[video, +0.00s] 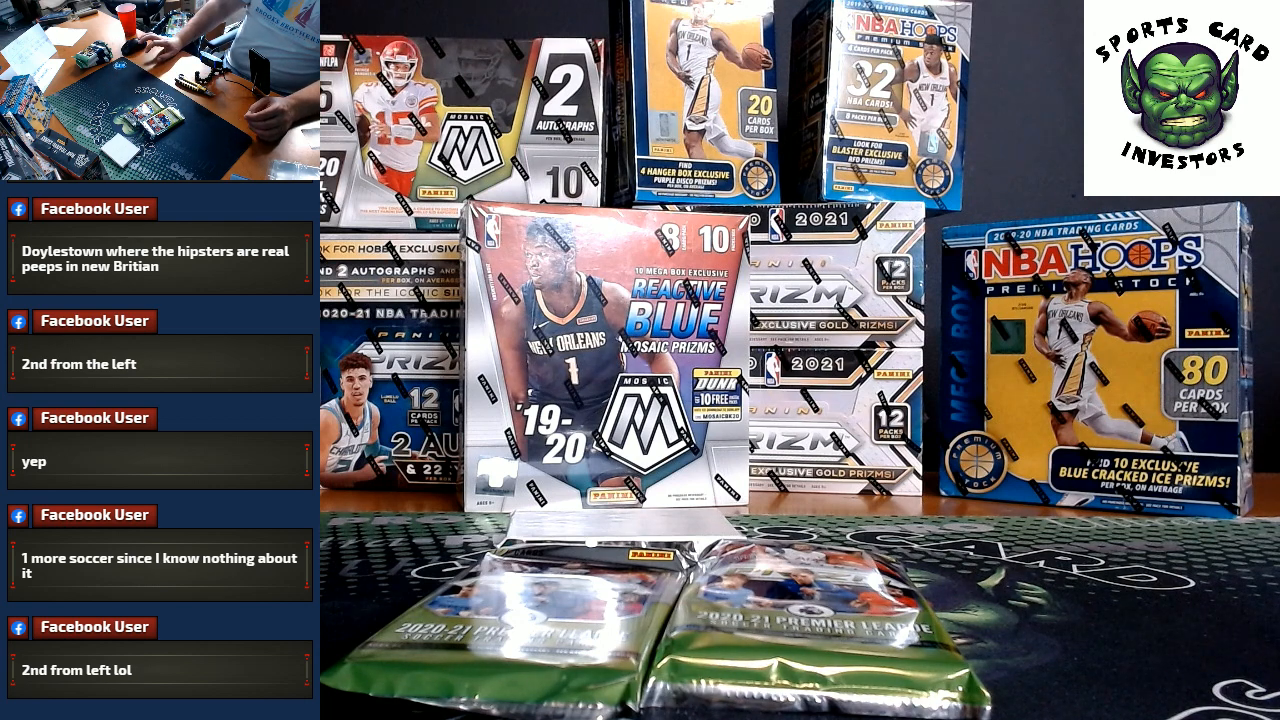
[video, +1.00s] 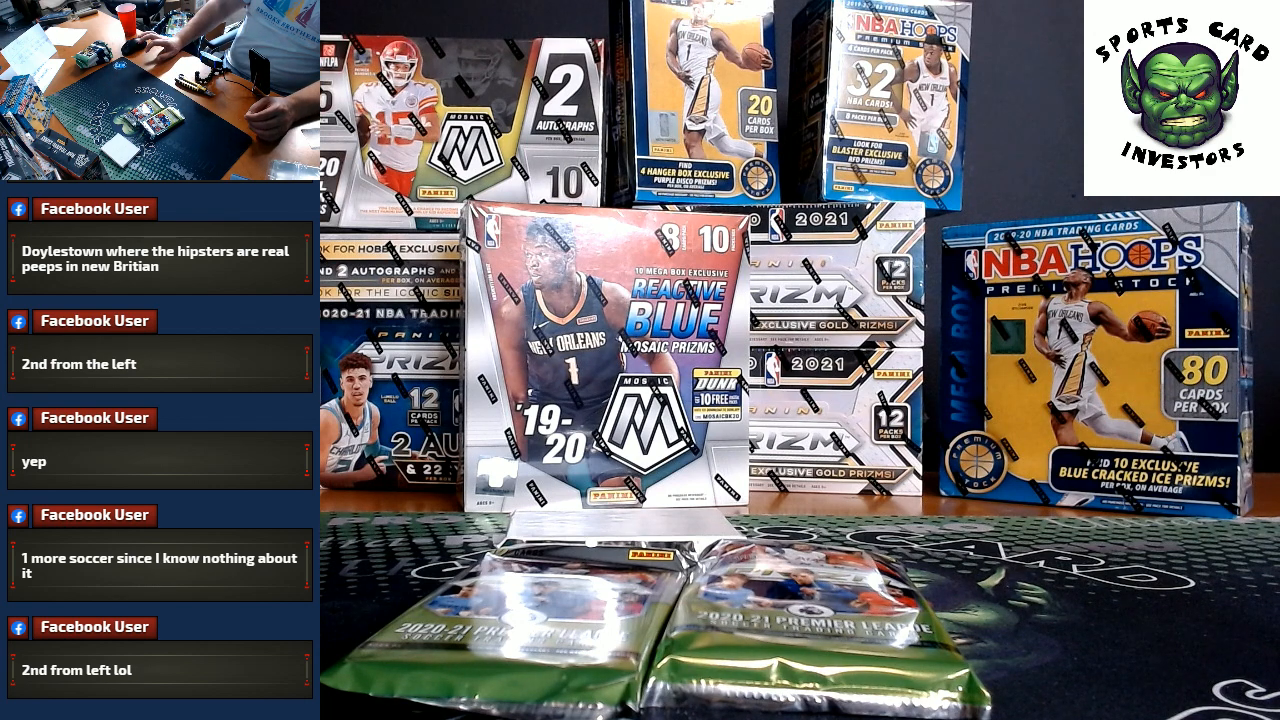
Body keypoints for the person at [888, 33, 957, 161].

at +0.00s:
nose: (928, 52)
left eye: (933, 49)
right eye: (926, 48)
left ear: (941, 52)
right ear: (923, 49)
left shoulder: (949, 71)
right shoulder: (913, 69)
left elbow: (955, 93)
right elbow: (886, 83)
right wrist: (900, 111)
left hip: (940, 117)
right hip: (918, 119)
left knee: (939, 155)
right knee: (923, 155)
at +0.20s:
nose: (929, 52)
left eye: (933, 49)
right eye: (926, 48)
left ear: (941, 52)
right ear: (923, 49)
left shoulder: (949, 70)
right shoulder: (913, 69)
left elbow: (955, 92)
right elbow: (886, 83)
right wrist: (900, 111)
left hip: (940, 116)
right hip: (918, 118)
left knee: (940, 154)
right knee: (923, 155)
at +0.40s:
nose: (929, 52)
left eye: (933, 49)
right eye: (926, 48)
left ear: (941, 52)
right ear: (923, 49)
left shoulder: (949, 70)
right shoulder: (913, 69)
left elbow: (955, 92)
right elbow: (886, 83)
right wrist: (900, 111)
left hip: (940, 116)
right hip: (918, 118)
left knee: (940, 154)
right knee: (923, 155)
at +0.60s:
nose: (929, 52)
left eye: (933, 49)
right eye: (926, 48)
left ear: (941, 52)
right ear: (923, 49)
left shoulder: (949, 70)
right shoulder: (913, 69)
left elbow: (955, 92)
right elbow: (886, 83)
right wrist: (900, 111)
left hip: (940, 116)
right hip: (918, 118)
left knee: (940, 154)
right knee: (923, 155)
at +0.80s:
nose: (928, 53)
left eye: (933, 49)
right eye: (926, 48)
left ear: (941, 52)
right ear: (923, 49)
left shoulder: (950, 71)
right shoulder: (913, 69)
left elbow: (955, 94)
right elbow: (886, 83)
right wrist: (900, 111)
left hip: (940, 117)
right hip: (918, 119)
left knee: (939, 154)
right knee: (923, 155)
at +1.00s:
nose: (928, 52)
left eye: (933, 49)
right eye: (926, 48)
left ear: (941, 52)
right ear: (923, 49)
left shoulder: (950, 71)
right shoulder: (913, 69)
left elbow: (955, 94)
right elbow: (886, 83)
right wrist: (900, 111)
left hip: (940, 116)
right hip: (918, 117)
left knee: (939, 153)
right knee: (923, 154)